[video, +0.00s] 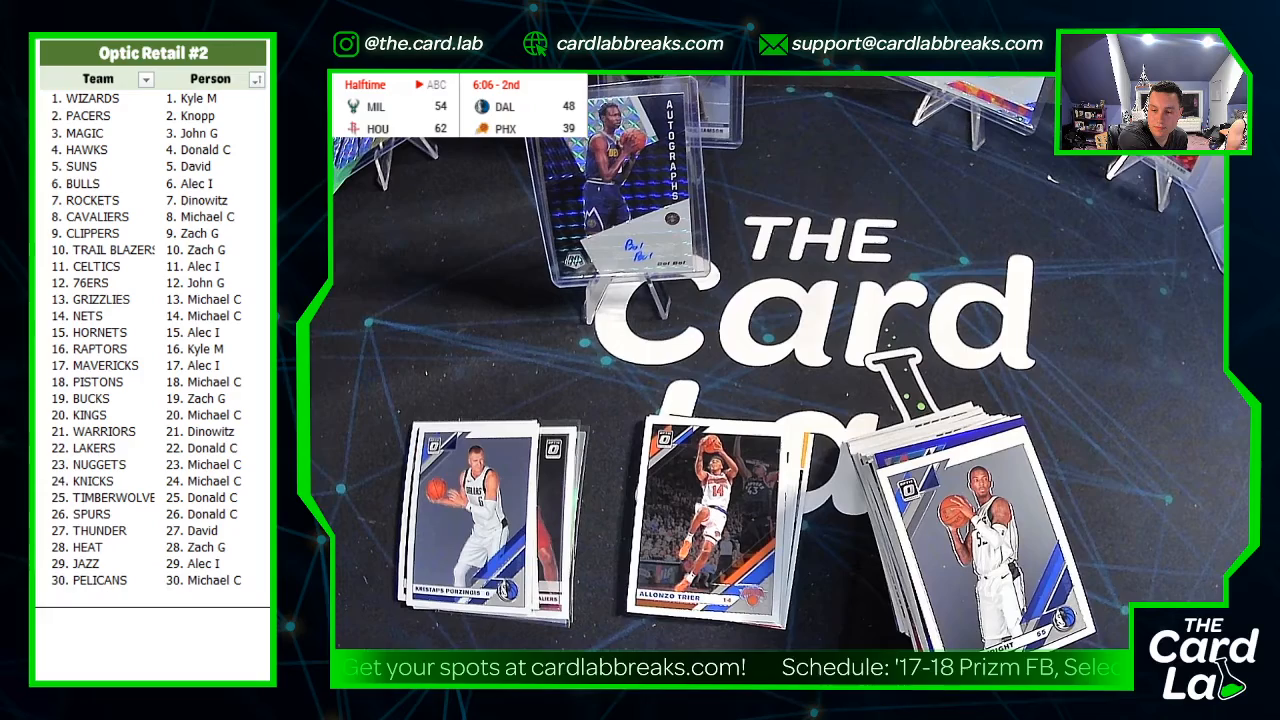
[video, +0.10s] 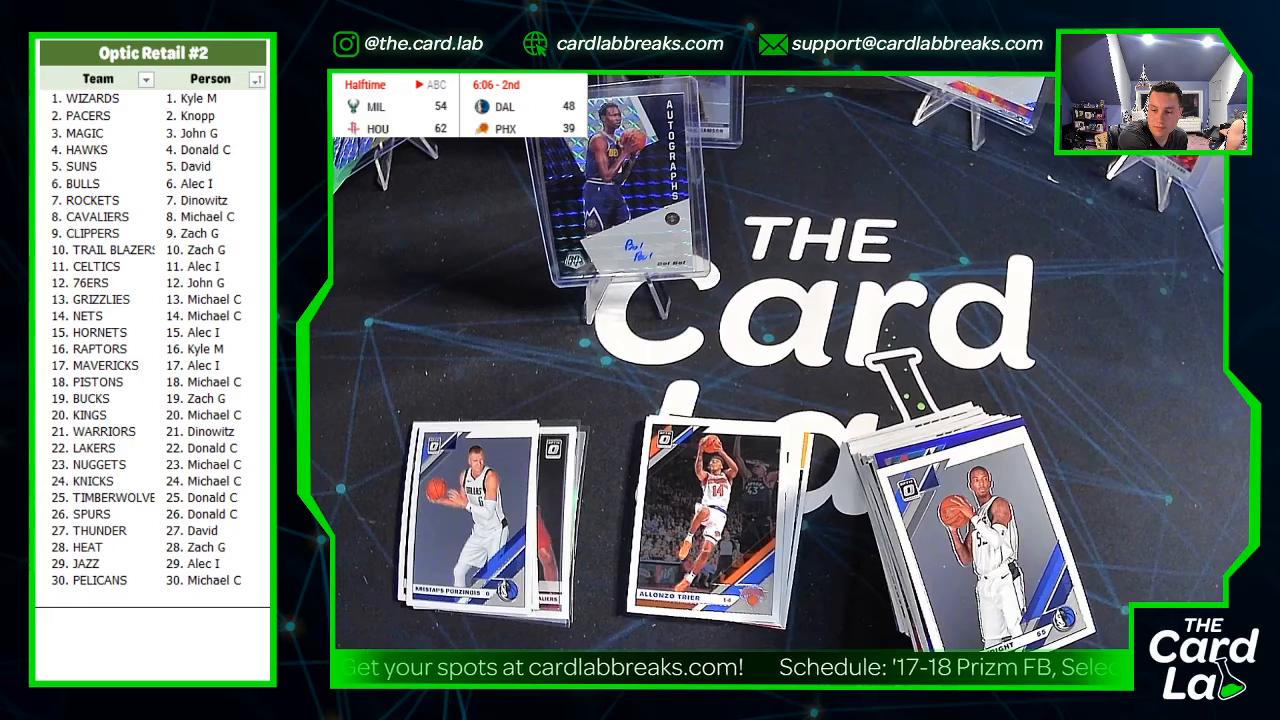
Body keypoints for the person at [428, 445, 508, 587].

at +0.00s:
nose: (479, 464)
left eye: (481, 460)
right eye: (475, 460)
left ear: (484, 460)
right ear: (469, 461)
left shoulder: (491, 476)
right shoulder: (464, 476)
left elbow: (488, 512)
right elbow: (464, 503)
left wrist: (466, 504)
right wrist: (439, 500)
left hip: (496, 531)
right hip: (478, 531)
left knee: (495, 573)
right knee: (459, 571)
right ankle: (460, 606)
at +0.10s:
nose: (479, 464)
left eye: (481, 460)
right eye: (475, 460)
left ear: (484, 460)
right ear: (469, 461)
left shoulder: (491, 476)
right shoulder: (464, 476)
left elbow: (488, 512)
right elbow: (464, 503)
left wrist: (466, 504)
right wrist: (439, 500)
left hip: (496, 531)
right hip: (478, 531)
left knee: (495, 573)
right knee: (459, 571)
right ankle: (460, 606)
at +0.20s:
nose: (479, 464)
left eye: (481, 460)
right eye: (475, 460)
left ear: (484, 460)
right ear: (469, 461)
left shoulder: (491, 476)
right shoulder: (464, 476)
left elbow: (488, 512)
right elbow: (464, 503)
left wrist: (466, 504)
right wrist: (439, 500)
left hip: (496, 531)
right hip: (478, 531)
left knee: (494, 572)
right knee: (459, 571)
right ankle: (461, 606)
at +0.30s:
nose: (479, 464)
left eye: (481, 460)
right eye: (475, 460)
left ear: (484, 460)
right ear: (469, 461)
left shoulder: (491, 476)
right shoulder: (464, 476)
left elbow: (488, 512)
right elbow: (464, 503)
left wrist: (466, 504)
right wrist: (439, 500)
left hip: (496, 531)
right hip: (478, 531)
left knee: (495, 573)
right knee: (459, 571)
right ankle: (460, 606)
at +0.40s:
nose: (479, 464)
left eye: (481, 460)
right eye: (475, 460)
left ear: (484, 460)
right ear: (469, 461)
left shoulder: (491, 476)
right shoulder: (464, 476)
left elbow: (488, 512)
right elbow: (464, 503)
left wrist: (466, 504)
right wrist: (439, 500)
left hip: (496, 531)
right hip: (478, 531)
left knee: (495, 573)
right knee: (459, 571)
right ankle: (460, 606)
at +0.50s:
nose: (479, 464)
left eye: (481, 460)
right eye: (475, 460)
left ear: (484, 460)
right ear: (469, 461)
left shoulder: (491, 476)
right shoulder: (464, 476)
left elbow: (488, 512)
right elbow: (464, 503)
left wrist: (466, 504)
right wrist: (439, 500)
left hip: (496, 531)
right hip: (478, 531)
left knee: (495, 573)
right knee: (459, 571)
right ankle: (460, 606)